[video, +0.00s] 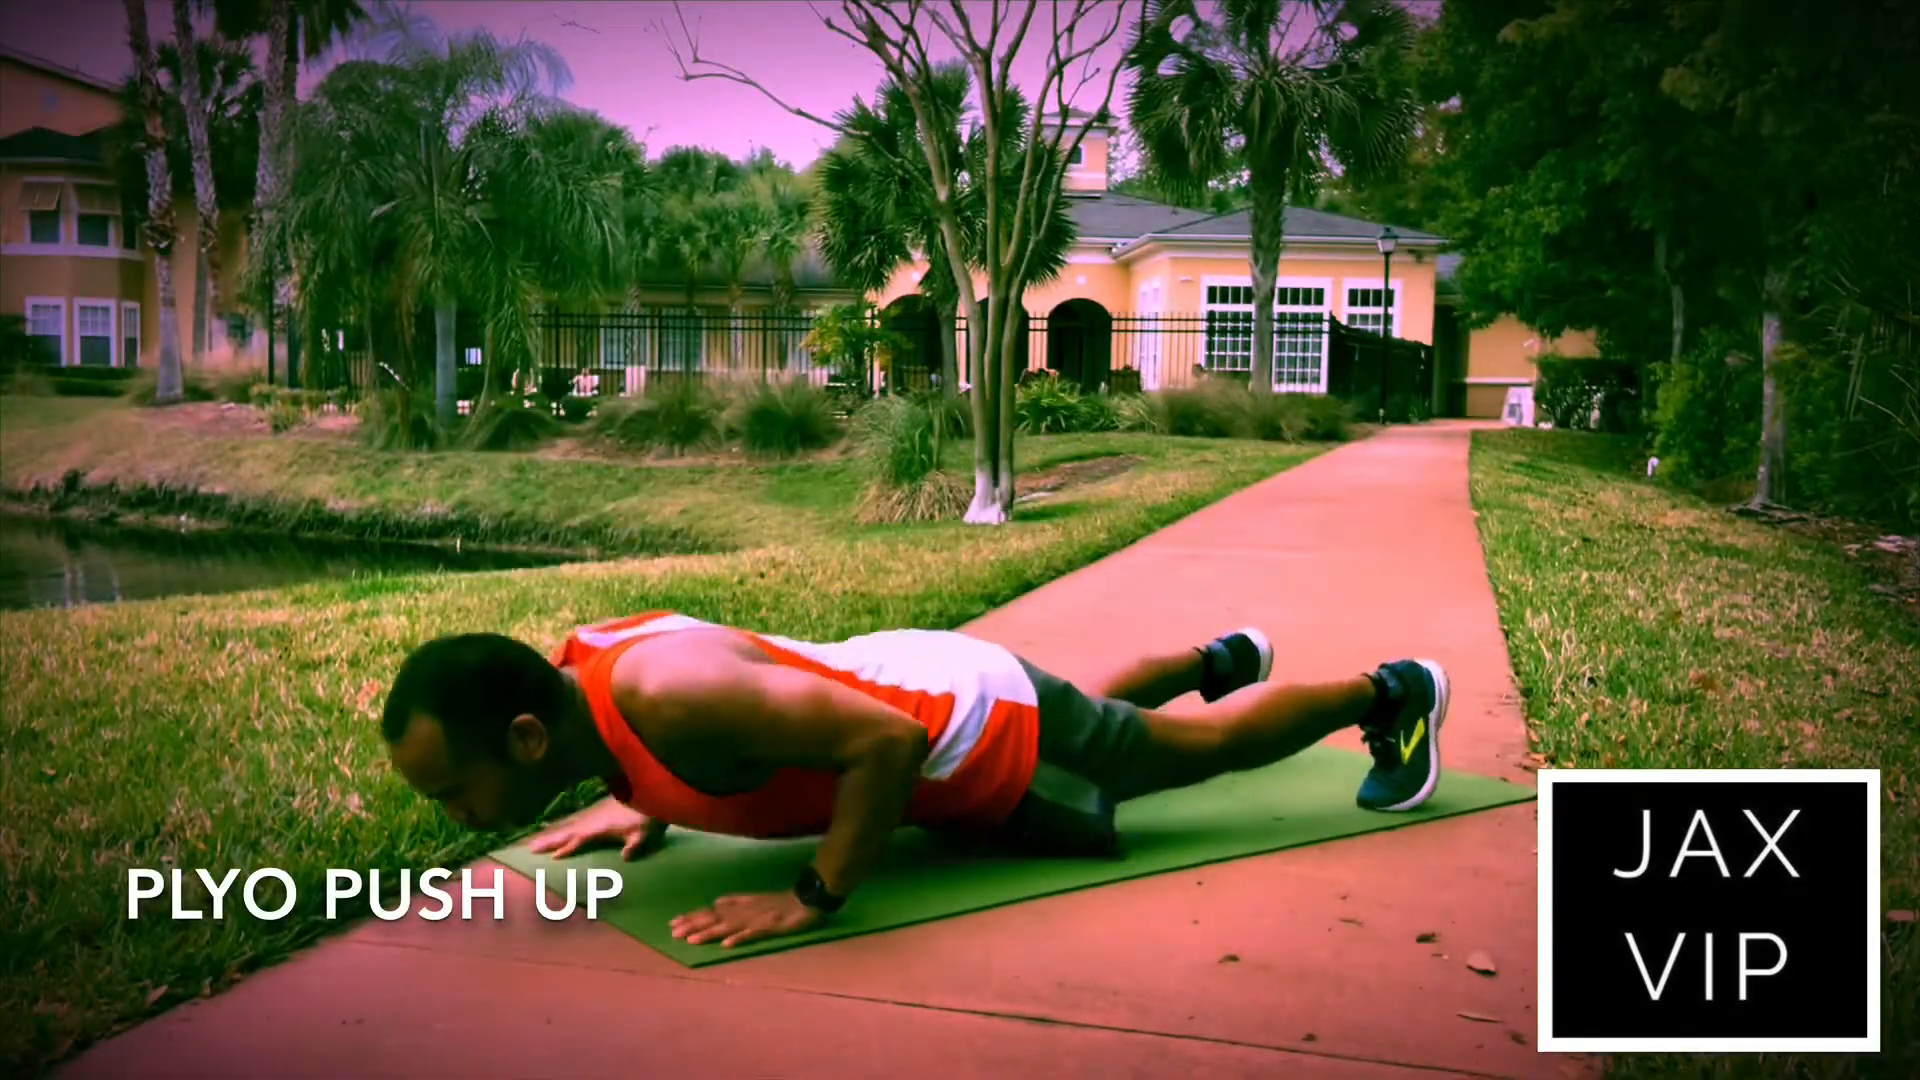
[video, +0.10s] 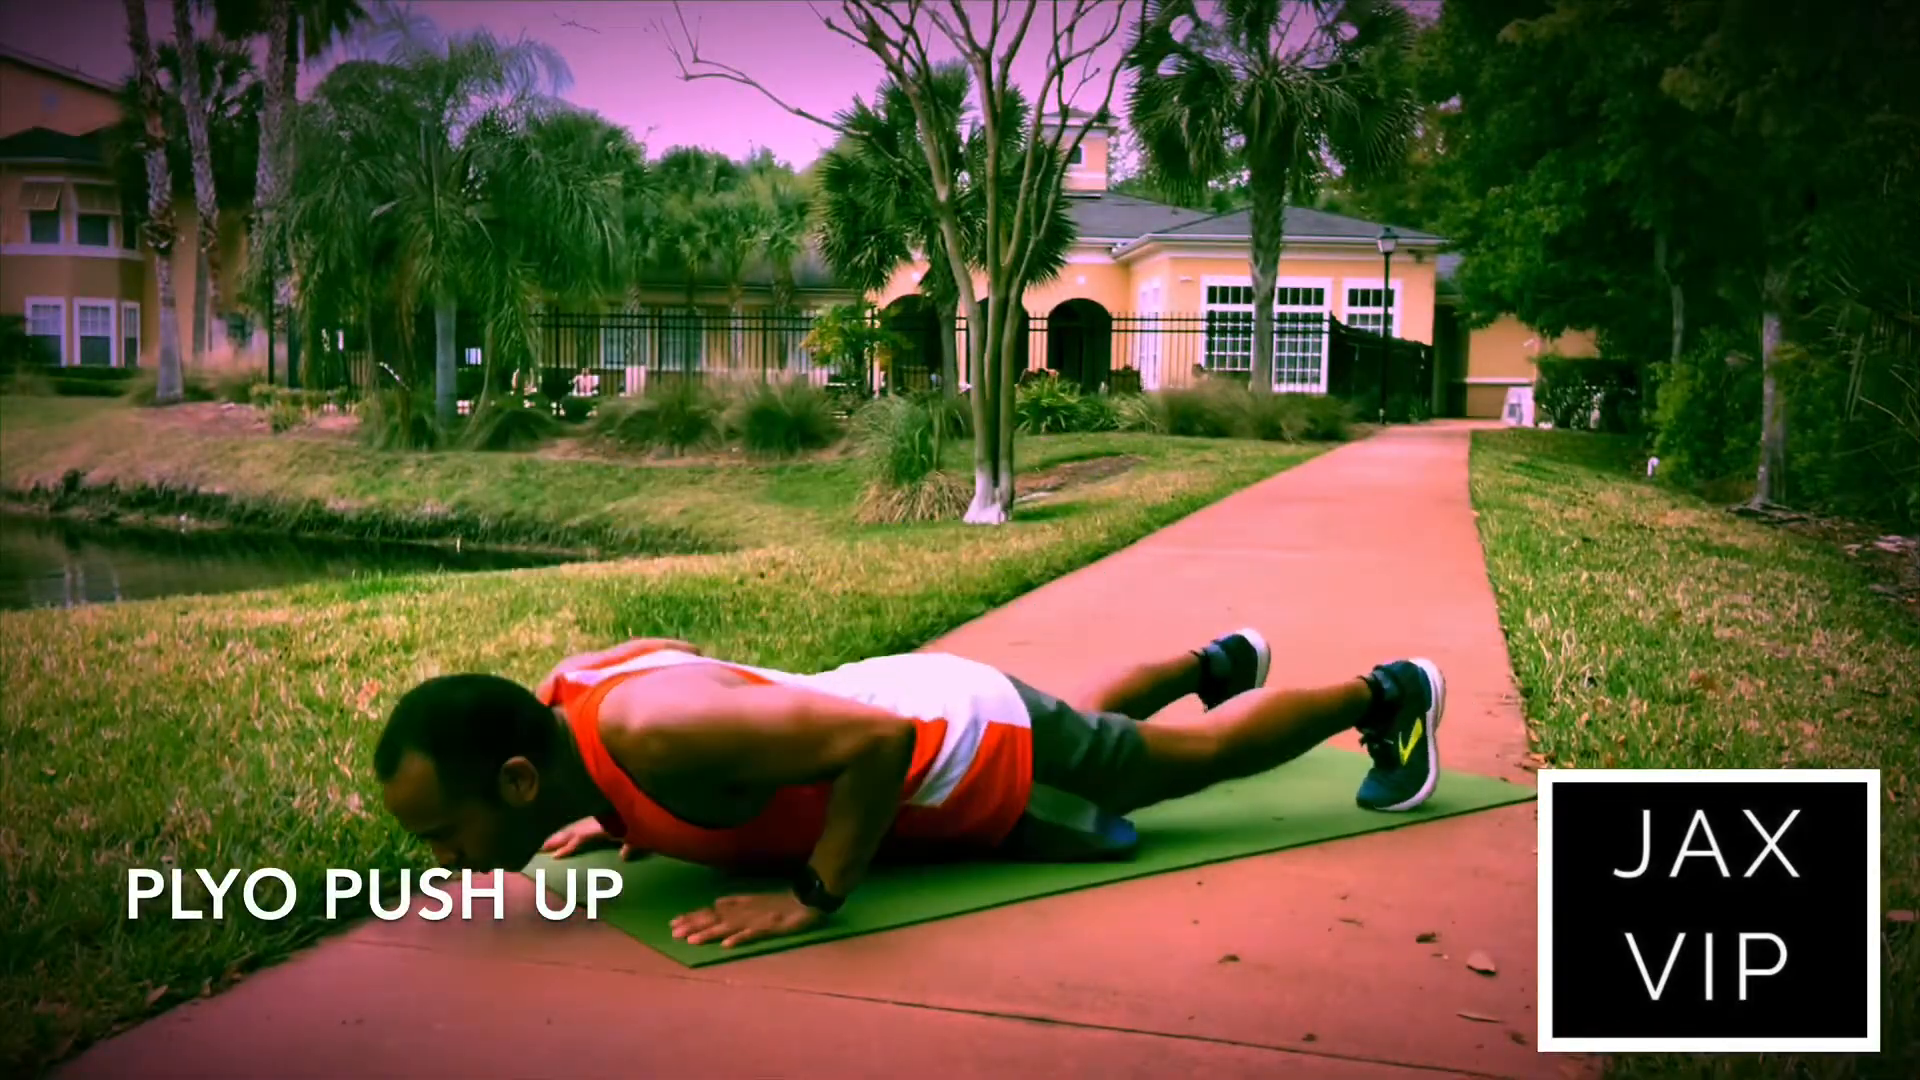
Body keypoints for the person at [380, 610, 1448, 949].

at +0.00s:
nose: (450, 817)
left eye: (453, 795)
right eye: (435, 799)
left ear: (525, 736)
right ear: (515, 728)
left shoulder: (686, 702)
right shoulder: (575, 669)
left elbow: (887, 740)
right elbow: (677, 700)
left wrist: (818, 898)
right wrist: (649, 807)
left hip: (997, 730)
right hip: (916, 682)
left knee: (1196, 740)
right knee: (1059, 695)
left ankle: (1390, 691)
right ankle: (1210, 660)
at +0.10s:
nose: (452, 856)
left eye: (452, 835)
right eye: (434, 840)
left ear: (519, 775)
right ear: (502, 755)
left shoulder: (666, 740)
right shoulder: (563, 701)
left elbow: (878, 743)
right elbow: (662, 673)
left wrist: (811, 896)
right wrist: (623, 816)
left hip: (992, 751)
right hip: (913, 696)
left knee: (1197, 752)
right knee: (1058, 712)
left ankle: (1384, 693)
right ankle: (1209, 663)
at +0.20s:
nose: (440, 844)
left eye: (443, 820)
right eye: (424, 824)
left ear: (518, 765)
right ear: (508, 750)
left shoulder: (660, 733)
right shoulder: (567, 698)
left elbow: (872, 745)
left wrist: (810, 897)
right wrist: (616, 819)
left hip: (992, 749)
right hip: (918, 700)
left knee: (1194, 753)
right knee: (1068, 716)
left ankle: (1383, 693)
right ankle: (1208, 662)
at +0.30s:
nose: (433, 763)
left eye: (441, 737)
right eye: (420, 741)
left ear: (525, 697)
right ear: (509, 690)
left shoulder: (684, 689)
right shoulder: (577, 653)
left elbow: (880, 745)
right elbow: (678, 706)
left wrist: (820, 899)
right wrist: (653, 805)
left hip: (1000, 732)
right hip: (926, 696)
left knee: (1194, 741)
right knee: (1075, 698)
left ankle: (1387, 696)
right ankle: (1207, 656)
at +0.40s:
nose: (465, 664)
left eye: (472, 636)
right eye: (450, 642)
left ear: (559, 594)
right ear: (545, 597)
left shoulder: (707, 623)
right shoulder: (607, 605)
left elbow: (876, 741)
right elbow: (663, 692)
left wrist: (821, 898)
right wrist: (650, 802)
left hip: (1005, 695)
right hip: (938, 679)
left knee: (1202, 730)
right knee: (1092, 693)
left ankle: (1393, 695)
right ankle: (1213, 656)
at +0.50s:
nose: (498, 575)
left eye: (504, 546)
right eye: (485, 554)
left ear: (592, 504)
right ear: (573, 514)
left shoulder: (734, 547)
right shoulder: (628, 564)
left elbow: (865, 725)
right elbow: (661, 669)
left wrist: (814, 897)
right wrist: (653, 800)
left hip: (1025, 639)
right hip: (954, 671)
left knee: (1211, 710)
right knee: (1106, 710)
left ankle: (1403, 692)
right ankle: (1229, 661)